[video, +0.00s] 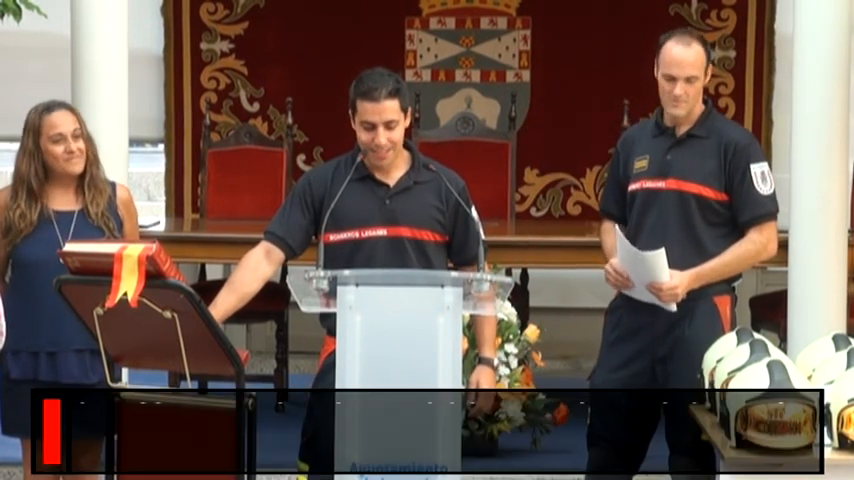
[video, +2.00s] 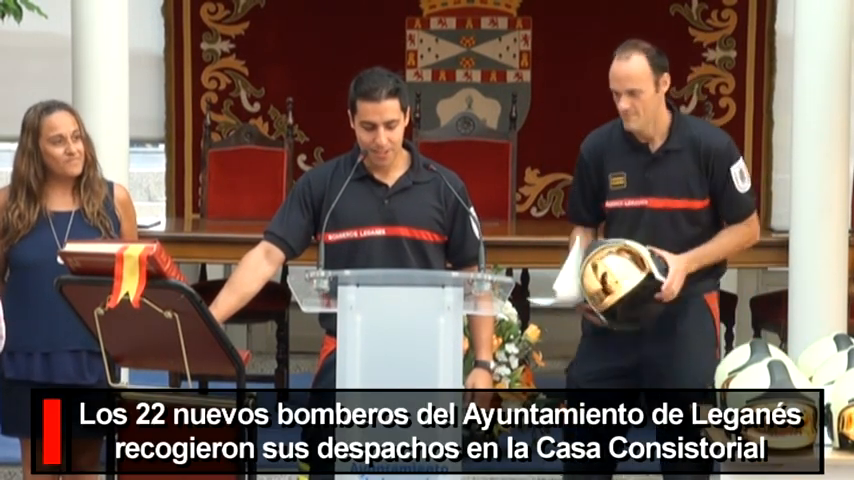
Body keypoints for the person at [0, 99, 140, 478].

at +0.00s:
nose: (73, 146)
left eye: (78, 135)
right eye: (59, 139)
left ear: (87, 140)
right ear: (37, 149)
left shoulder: (116, 198)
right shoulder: (10, 203)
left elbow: (134, 276)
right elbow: (1, 280)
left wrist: (129, 346)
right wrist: (2, 343)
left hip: (93, 359)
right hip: (29, 358)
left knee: (88, 464)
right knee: (41, 467)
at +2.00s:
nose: (73, 148)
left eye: (77, 136)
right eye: (58, 141)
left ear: (85, 139)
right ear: (35, 150)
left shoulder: (115, 200)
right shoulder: (10, 204)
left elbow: (132, 280)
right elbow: (1, 282)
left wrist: (126, 350)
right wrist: (3, 345)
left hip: (92, 362)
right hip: (27, 362)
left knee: (87, 467)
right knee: (40, 468)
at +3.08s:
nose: (78, 147)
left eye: (82, 136)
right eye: (64, 140)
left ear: (89, 139)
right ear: (39, 149)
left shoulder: (118, 199)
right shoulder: (11, 204)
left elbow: (134, 278)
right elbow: (2, 281)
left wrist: (128, 347)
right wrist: (5, 345)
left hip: (95, 360)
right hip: (30, 360)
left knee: (89, 467)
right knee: (43, 468)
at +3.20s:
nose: (86, 147)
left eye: (87, 137)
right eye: (72, 139)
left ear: (93, 139)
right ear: (42, 147)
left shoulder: (116, 196)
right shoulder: (11, 202)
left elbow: (127, 273)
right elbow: (1, 277)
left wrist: (126, 344)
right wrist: (6, 330)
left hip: (95, 355)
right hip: (30, 354)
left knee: (90, 465)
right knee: (43, 466)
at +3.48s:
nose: (95, 151)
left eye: (94, 140)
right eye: (83, 143)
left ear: (97, 141)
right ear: (52, 151)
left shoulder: (112, 194)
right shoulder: (19, 202)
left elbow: (132, 269)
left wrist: (130, 340)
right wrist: (2, 349)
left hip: (100, 348)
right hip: (38, 350)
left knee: (102, 462)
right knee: (49, 465)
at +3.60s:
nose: (97, 152)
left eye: (97, 141)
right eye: (85, 143)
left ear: (100, 142)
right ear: (55, 149)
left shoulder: (114, 195)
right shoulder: (24, 199)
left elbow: (143, 270)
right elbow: (6, 281)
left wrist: (199, 301)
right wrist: (62, 329)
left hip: (109, 353)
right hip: (46, 355)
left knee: (108, 459)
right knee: (52, 464)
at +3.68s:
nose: (98, 151)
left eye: (98, 140)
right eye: (86, 144)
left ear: (102, 141)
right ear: (56, 151)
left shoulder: (117, 194)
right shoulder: (30, 200)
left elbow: (144, 257)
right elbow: (27, 281)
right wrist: (90, 306)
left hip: (111, 346)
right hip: (53, 349)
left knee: (110, 457)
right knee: (55, 462)